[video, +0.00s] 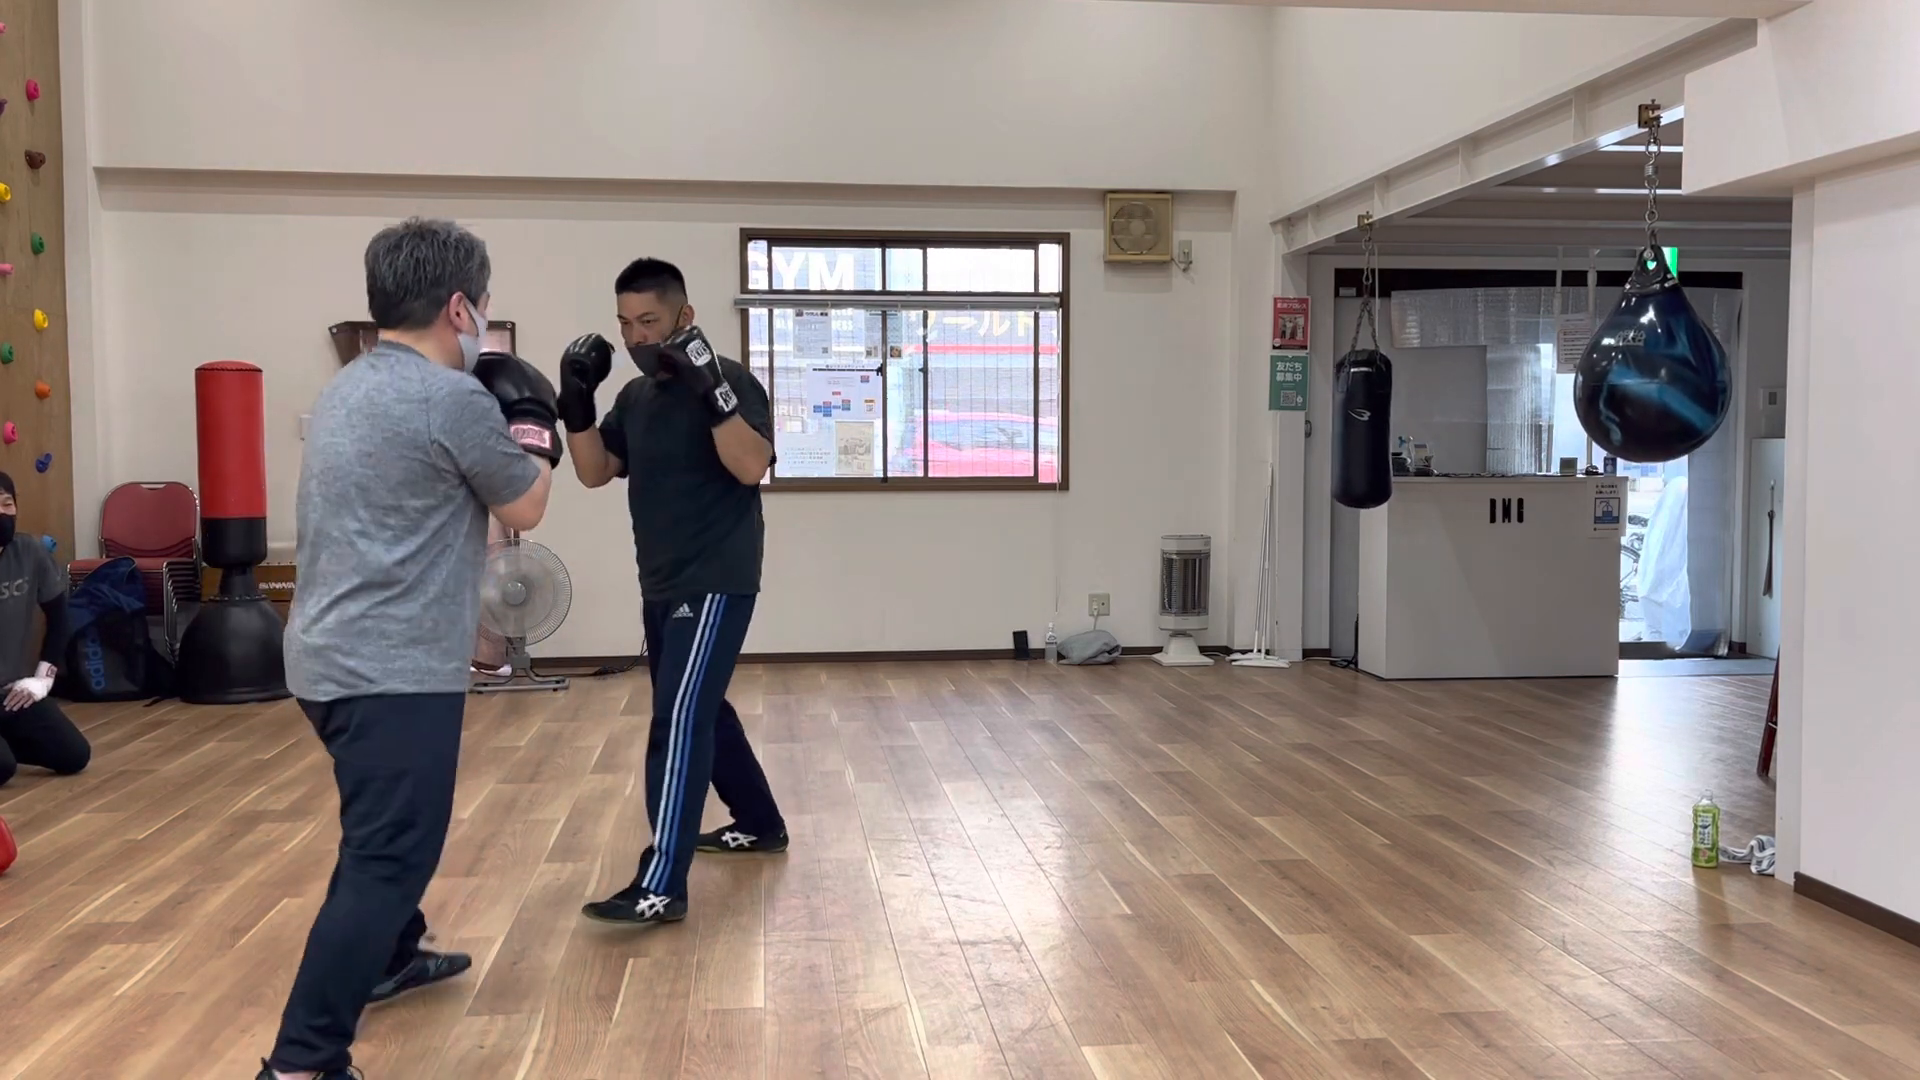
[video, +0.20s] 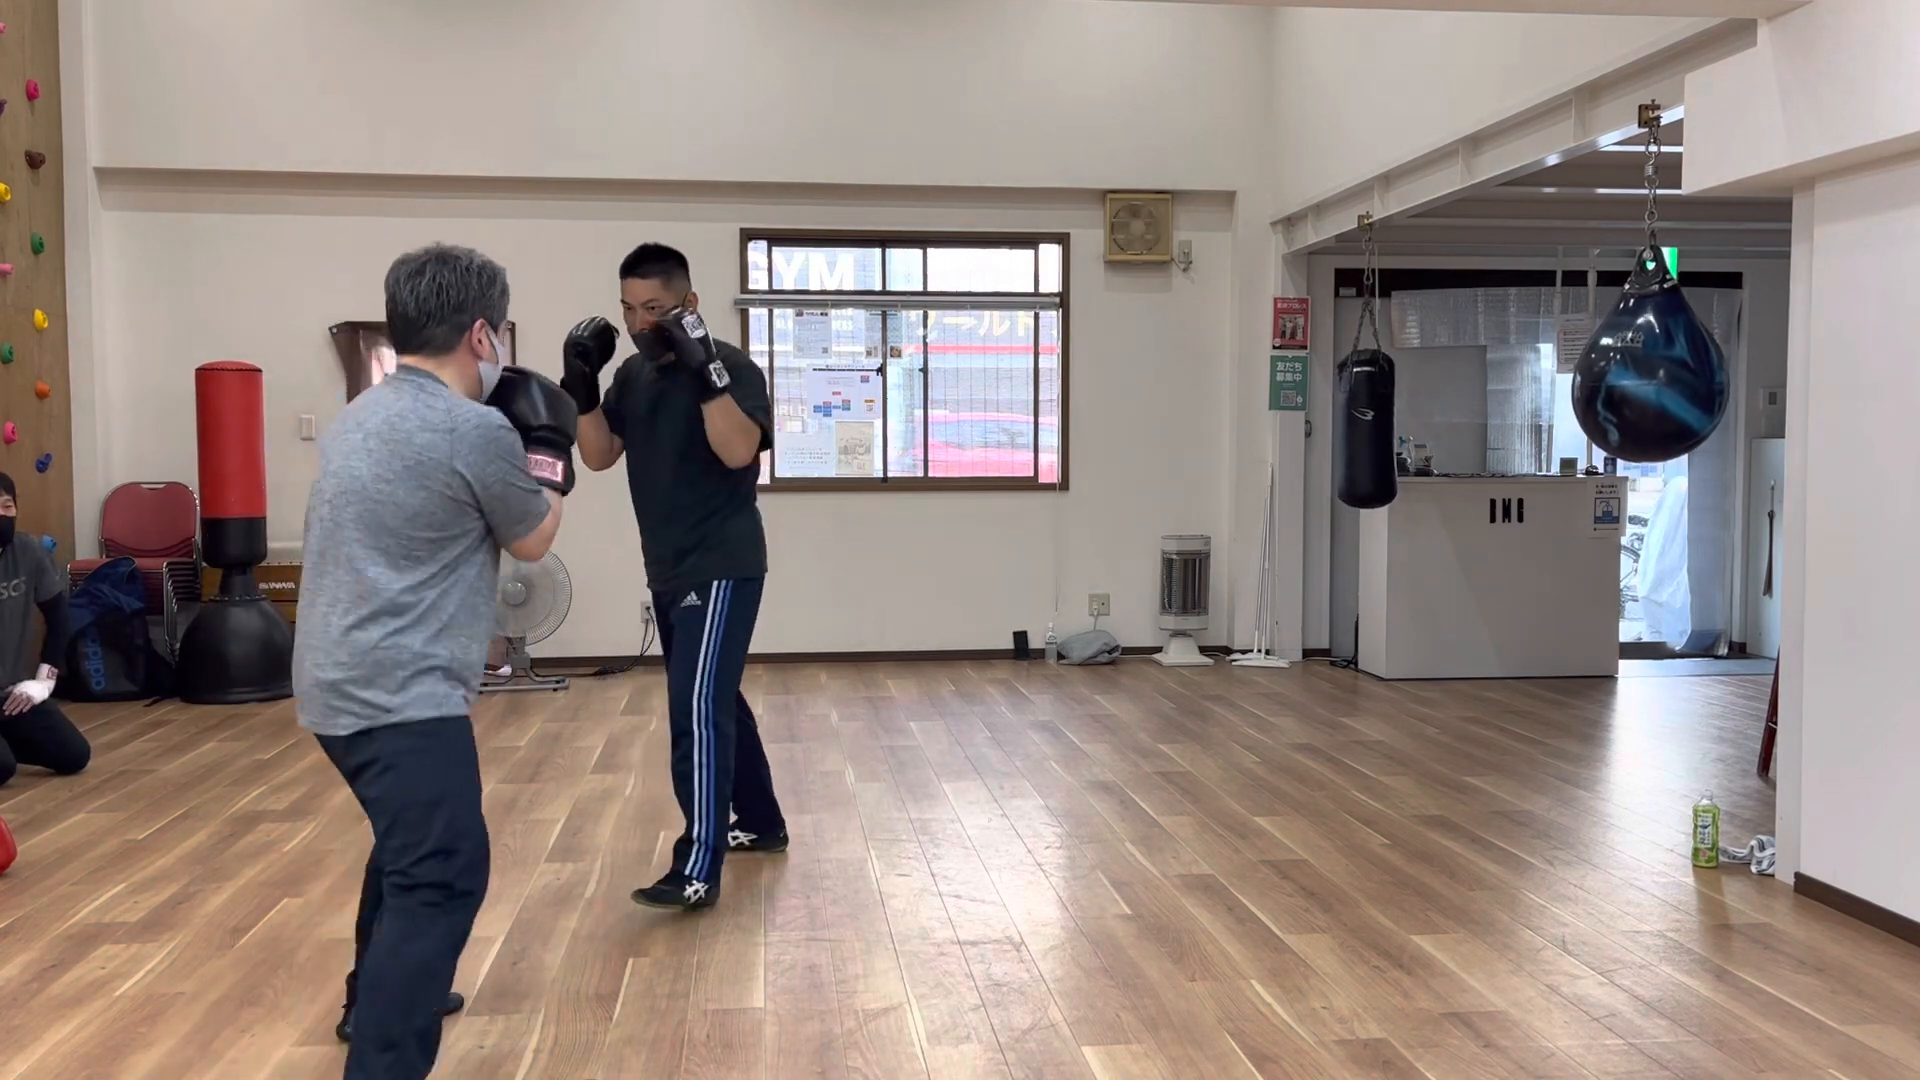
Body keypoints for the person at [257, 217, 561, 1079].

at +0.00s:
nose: (484, 317)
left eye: (485, 304)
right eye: (482, 303)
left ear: (379, 306)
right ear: (458, 308)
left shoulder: (339, 392)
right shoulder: (449, 397)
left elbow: (410, 499)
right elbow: (527, 506)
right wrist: (535, 444)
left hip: (325, 662)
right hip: (399, 672)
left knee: (392, 821)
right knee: (385, 863)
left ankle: (389, 955)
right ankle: (302, 1059)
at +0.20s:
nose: (503, 343)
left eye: (504, 328)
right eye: (501, 328)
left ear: (400, 332)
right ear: (479, 335)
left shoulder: (352, 418)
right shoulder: (473, 431)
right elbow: (534, 538)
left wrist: (496, 437)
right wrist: (540, 450)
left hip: (336, 689)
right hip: (406, 698)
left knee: (407, 844)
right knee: (442, 878)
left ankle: (381, 992)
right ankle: (385, 1064)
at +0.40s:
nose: (515, 323)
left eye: (516, 308)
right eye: (514, 308)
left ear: (411, 311)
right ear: (496, 316)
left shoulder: (367, 399)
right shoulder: (493, 404)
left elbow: (348, 524)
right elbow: (568, 514)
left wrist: (514, 457)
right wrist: (567, 459)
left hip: (352, 681)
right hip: (426, 691)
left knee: (426, 840)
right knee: (431, 885)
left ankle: (414, 977)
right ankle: (381, 1066)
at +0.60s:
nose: (525, 335)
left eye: (526, 320)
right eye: (523, 320)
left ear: (422, 323)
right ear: (507, 330)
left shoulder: (376, 412)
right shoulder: (502, 431)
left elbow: (445, 506)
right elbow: (558, 546)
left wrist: (516, 418)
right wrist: (572, 446)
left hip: (357, 697)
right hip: (440, 709)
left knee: (440, 854)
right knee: (445, 896)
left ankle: (444, 981)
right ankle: (384, 1071)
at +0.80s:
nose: (534, 329)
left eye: (534, 315)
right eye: (532, 315)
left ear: (430, 319)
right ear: (515, 323)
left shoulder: (383, 406)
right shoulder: (511, 419)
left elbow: (446, 496)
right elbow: (583, 520)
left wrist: (534, 456)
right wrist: (586, 463)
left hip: (361, 684)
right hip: (440, 693)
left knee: (431, 854)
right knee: (470, 878)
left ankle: (445, 980)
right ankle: (412, 1066)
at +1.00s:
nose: (532, 325)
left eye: (532, 314)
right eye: (531, 313)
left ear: (428, 319)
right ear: (516, 321)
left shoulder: (382, 409)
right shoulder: (528, 416)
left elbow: (430, 509)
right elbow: (577, 533)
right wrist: (572, 461)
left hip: (370, 689)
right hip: (465, 698)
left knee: (429, 854)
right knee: (468, 891)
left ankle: (448, 978)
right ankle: (414, 1068)